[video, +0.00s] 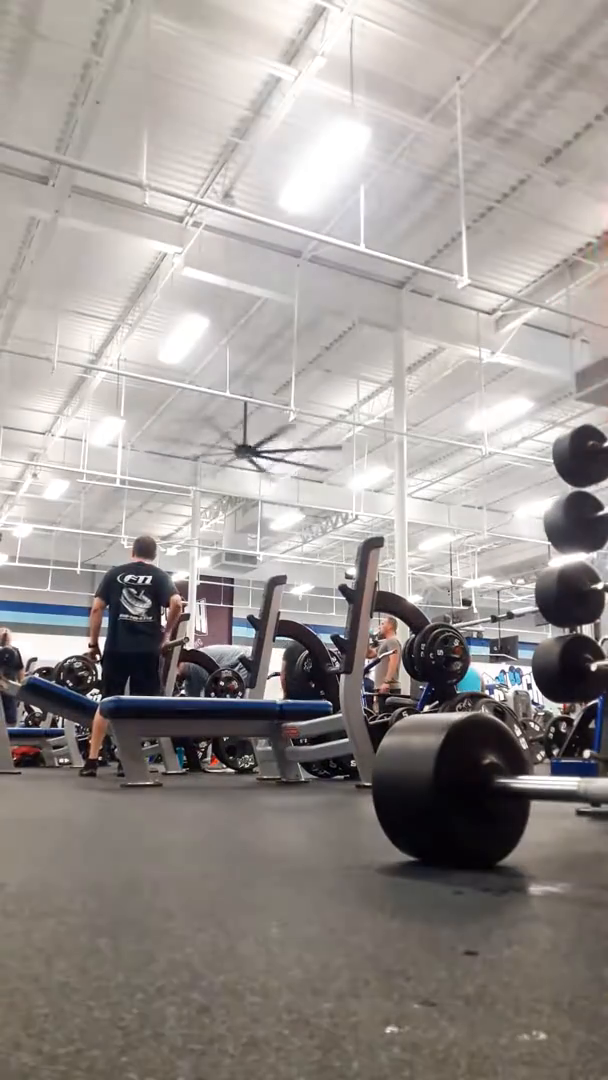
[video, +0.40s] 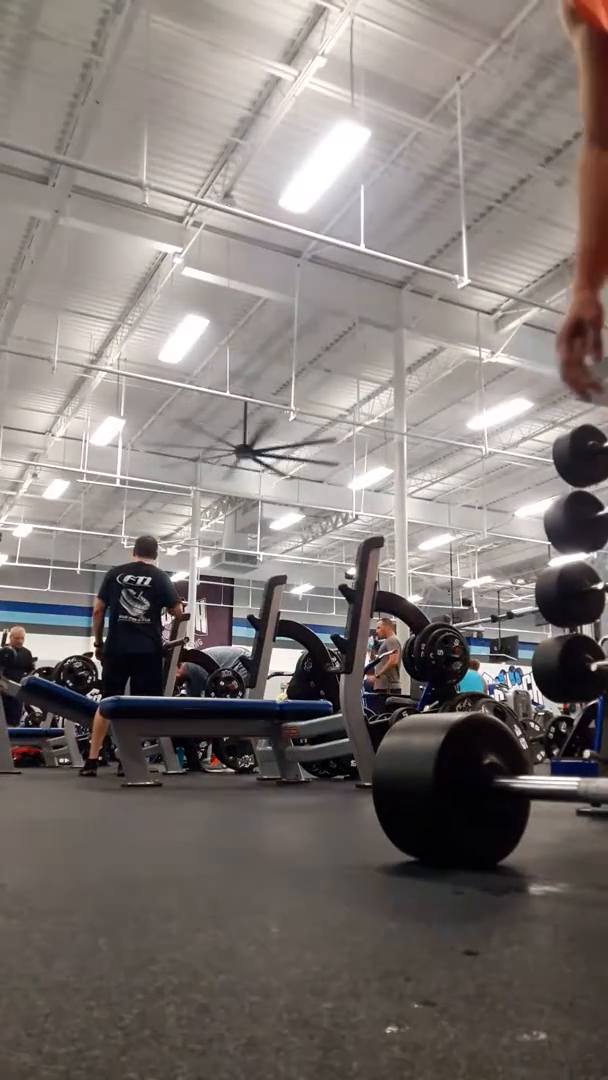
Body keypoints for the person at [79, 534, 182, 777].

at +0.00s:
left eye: (132, 551)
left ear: (132, 552)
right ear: (154, 556)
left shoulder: (115, 573)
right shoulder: (160, 576)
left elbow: (97, 608)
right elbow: (176, 603)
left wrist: (93, 642)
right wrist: (167, 633)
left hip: (116, 650)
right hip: (147, 653)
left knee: (107, 704)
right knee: (145, 707)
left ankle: (92, 759)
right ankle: (135, 763)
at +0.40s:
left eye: (135, 551)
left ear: (134, 552)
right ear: (156, 555)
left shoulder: (115, 573)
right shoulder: (161, 577)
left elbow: (98, 610)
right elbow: (178, 612)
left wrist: (98, 643)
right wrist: (173, 607)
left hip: (116, 649)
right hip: (148, 651)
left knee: (107, 703)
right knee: (144, 706)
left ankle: (92, 760)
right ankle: (132, 763)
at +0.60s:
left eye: (138, 550)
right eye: (155, 556)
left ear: (135, 552)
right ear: (157, 556)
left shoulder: (116, 572)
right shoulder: (161, 577)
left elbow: (98, 610)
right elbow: (180, 602)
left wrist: (95, 640)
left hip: (117, 650)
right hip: (149, 652)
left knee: (107, 703)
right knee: (144, 706)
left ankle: (92, 759)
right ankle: (132, 763)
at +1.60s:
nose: (158, 557)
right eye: (158, 554)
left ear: (133, 553)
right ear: (155, 555)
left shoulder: (114, 574)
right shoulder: (161, 578)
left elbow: (98, 612)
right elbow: (189, 596)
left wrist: (99, 645)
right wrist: (180, 577)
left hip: (118, 648)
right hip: (149, 650)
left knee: (109, 702)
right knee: (150, 704)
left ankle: (93, 758)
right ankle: (138, 763)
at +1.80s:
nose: (155, 558)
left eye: (153, 555)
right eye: (155, 555)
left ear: (130, 554)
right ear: (152, 555)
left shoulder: (112, 575)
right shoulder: (156, 577)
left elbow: (96, 613)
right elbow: (180, 601)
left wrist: (99, 647)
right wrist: (188, 612)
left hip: (115, 649)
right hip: (146, 650)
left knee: (106, 703)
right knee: (146, 706)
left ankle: (90, 758)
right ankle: (137, 765)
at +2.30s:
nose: (152, 564)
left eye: (151, 562)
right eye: (152, 561)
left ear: (128, 555)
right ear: (149, 560)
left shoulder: (106, 575)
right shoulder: (151, 578)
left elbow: (90, 613)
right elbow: (164, 608)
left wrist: (93, 645)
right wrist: (157, 621)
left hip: (108, 650)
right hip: (138, 651)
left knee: (101, 704)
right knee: (137, 705)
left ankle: (88, 759)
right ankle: (129, 762)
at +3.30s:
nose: (123, 563)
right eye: (126, 560)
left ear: (105, 558)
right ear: (126, 559)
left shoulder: (89, 577)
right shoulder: (131, 577)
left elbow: (76, 612)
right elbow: (142, 609)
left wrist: (96, 610)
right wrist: (139, 629)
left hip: (92, 650)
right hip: (121, 651)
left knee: (90, 703)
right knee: (118, 705)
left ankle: (86, 760)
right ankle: (113, 761)